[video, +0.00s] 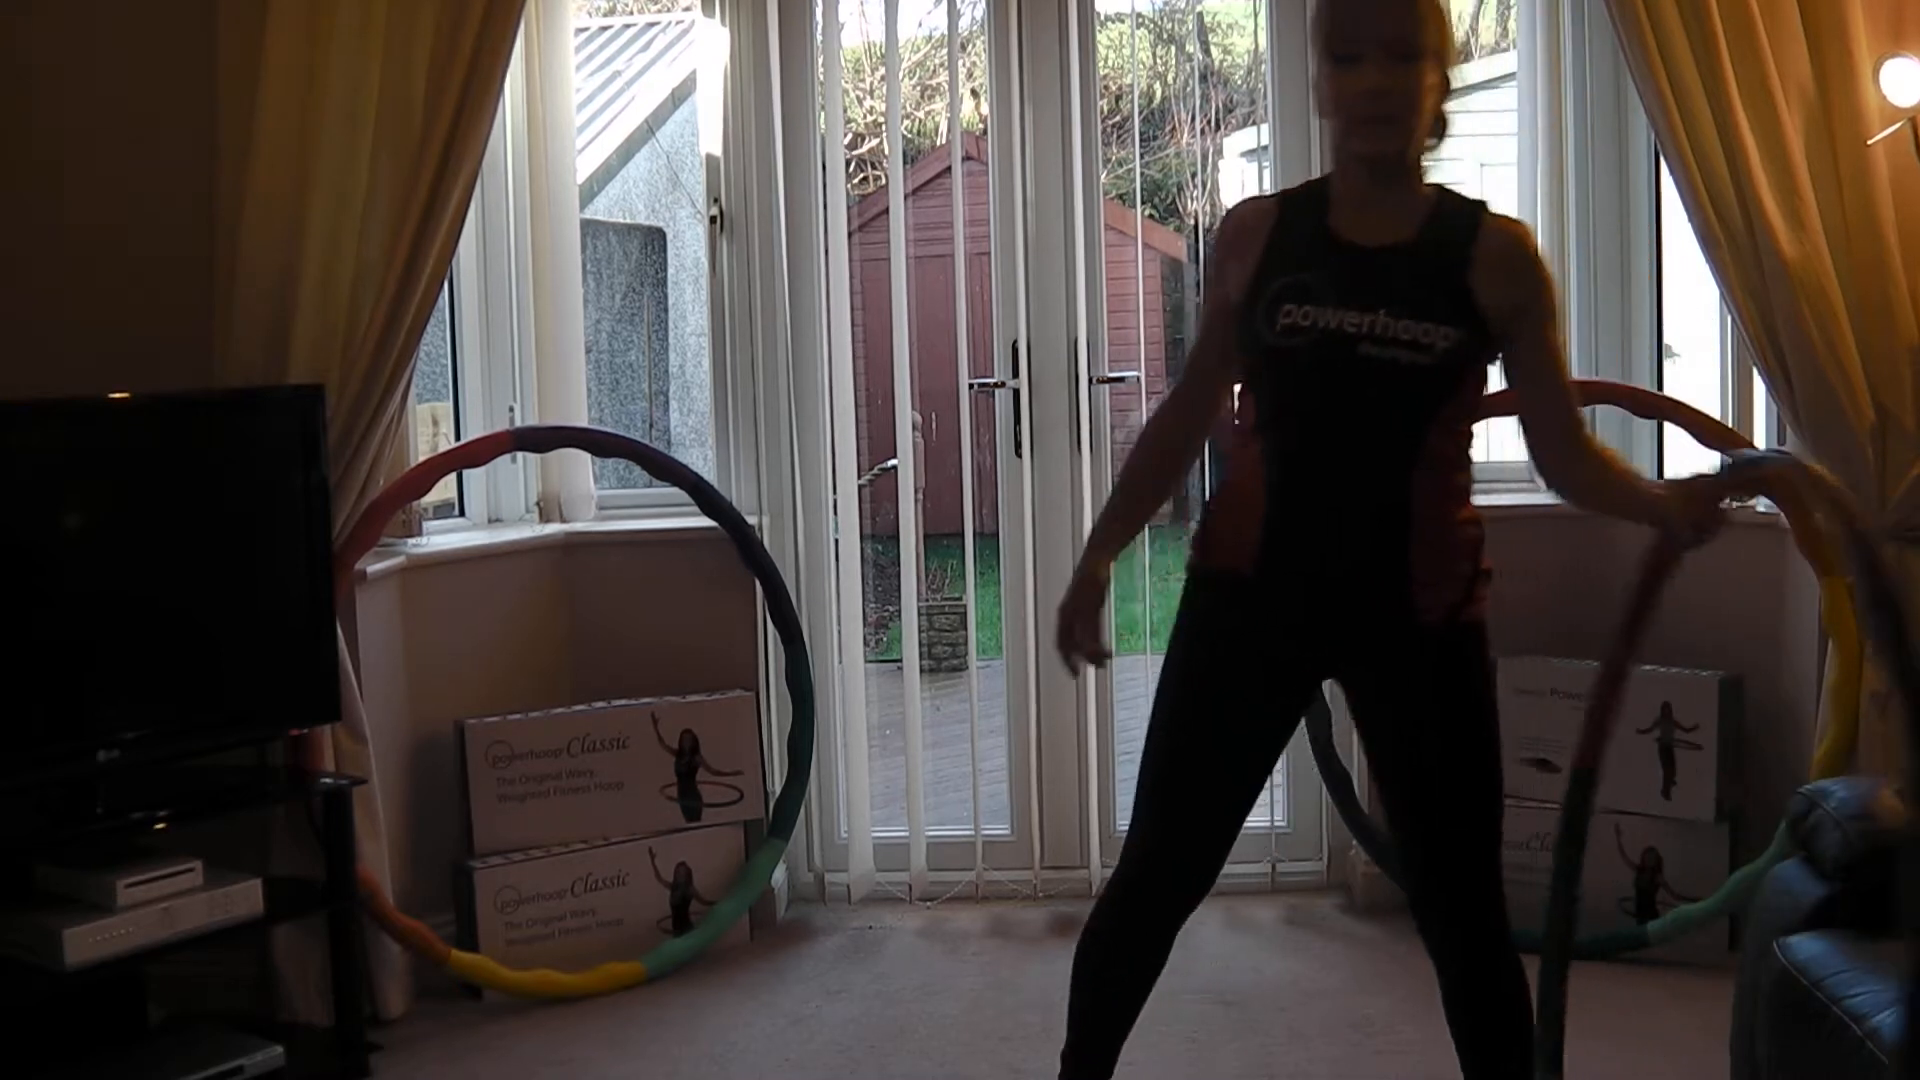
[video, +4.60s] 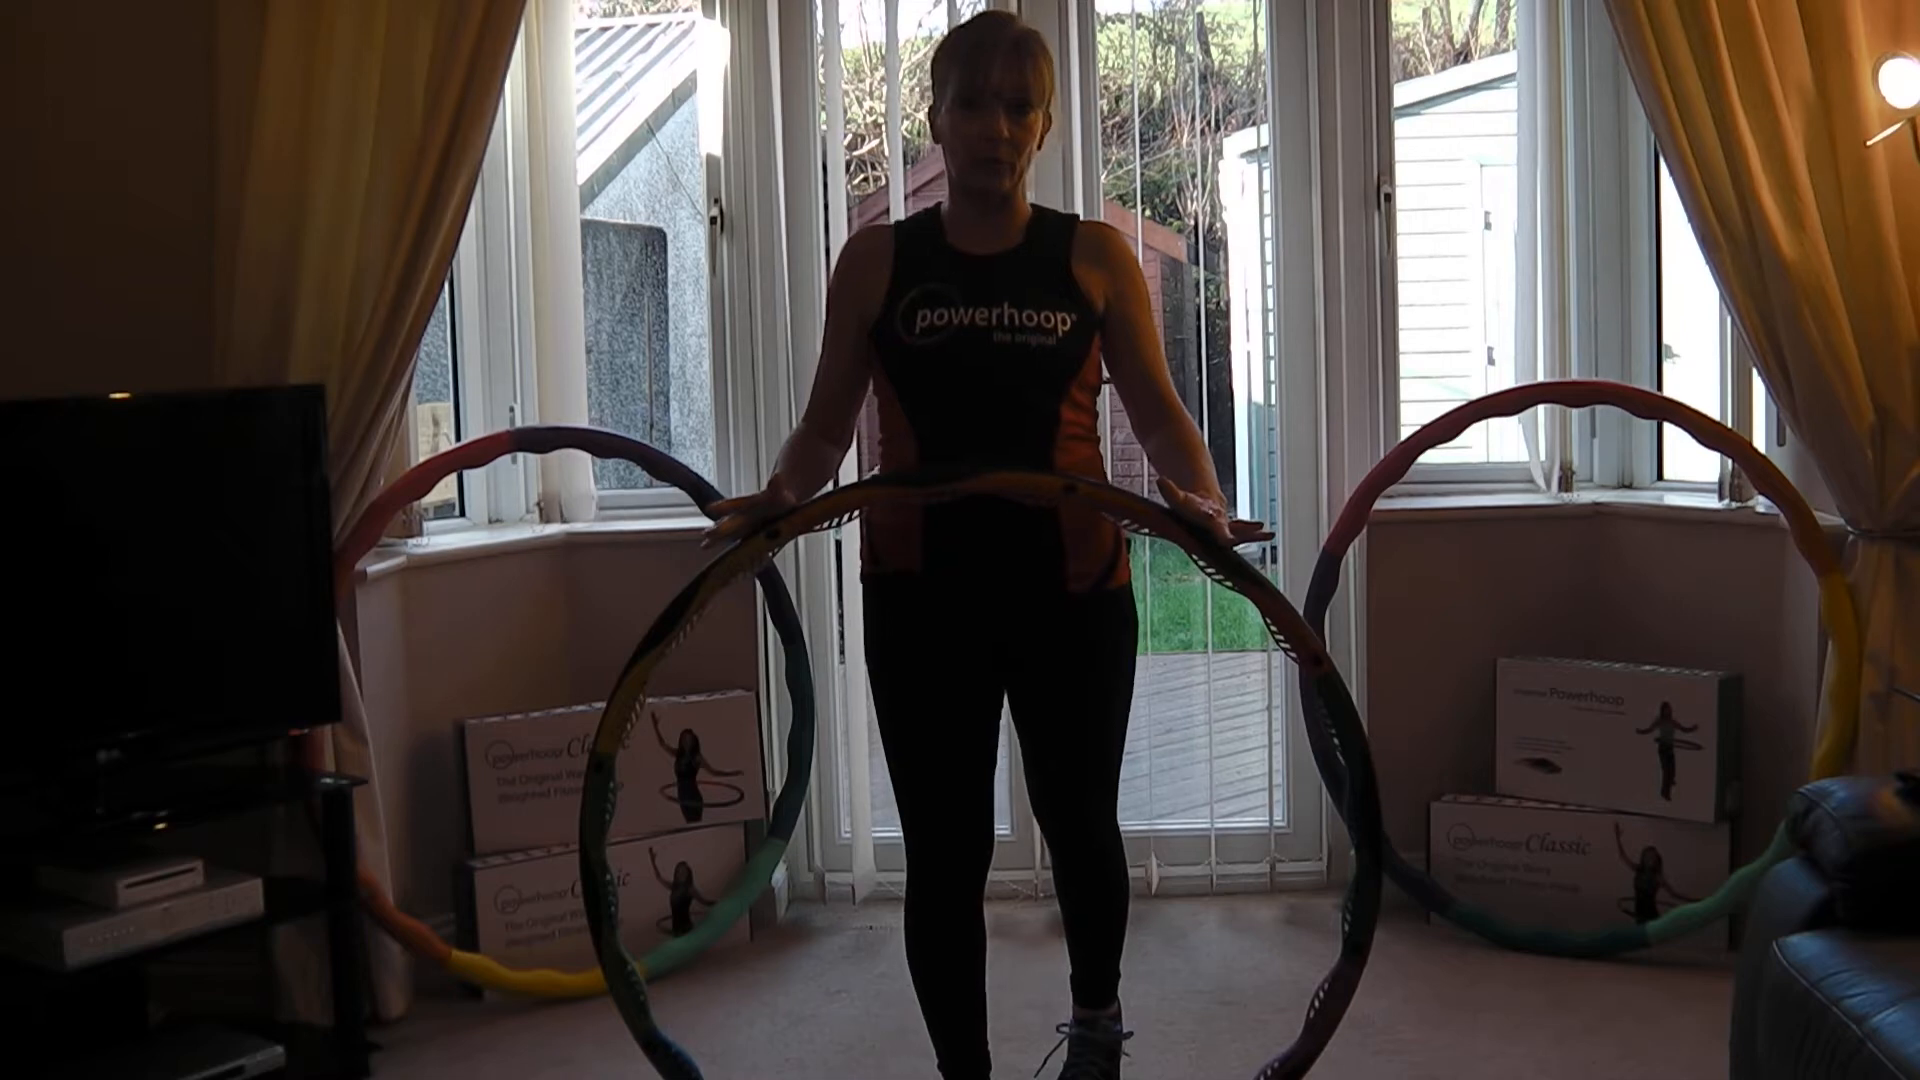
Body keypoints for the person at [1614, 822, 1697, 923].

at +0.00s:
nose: (1648, 860)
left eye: (1651, 857)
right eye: (1646, 857)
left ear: (1656, 860)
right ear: (1642, 858)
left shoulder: (1658, 877)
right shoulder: (1639, 871)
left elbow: (1673, 896)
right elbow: (1624, 856)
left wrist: (1694, 900)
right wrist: (1618, 838)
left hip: (1651, 913)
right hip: (1639, 911)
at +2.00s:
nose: (1648, 860)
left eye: (1652, 857)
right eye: (1646, 856)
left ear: (1657, 859)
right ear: (1642, 858)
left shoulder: (1657, 876)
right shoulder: (1639, 871)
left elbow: (1673, 894)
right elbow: (1623, 857)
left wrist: (1693, 901)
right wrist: (1618, 839)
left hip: (1651, 913)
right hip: (1638, 912)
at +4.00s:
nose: (1648, 860)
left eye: (1651, 857)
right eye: (1646, 856)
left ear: (1657, 860)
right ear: (1642, 858)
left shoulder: (1657, 877)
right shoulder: (1639, 870)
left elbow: (1674, 894)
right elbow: (1623, 857)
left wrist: (1693, 901)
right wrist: (1618, 838)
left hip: (1651, 912)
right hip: (1639, 911)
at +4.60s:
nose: (1649, 861)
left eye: (1652, 857)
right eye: (1647, 857)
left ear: (1657, 860)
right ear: (1642, 859)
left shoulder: (1658, 876)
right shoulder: (1638, 871)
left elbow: (1673, 894)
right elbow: (1622, 856)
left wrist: (1693, 901)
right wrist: (1618, 837)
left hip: (1651, 912)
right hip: (1639, 911)